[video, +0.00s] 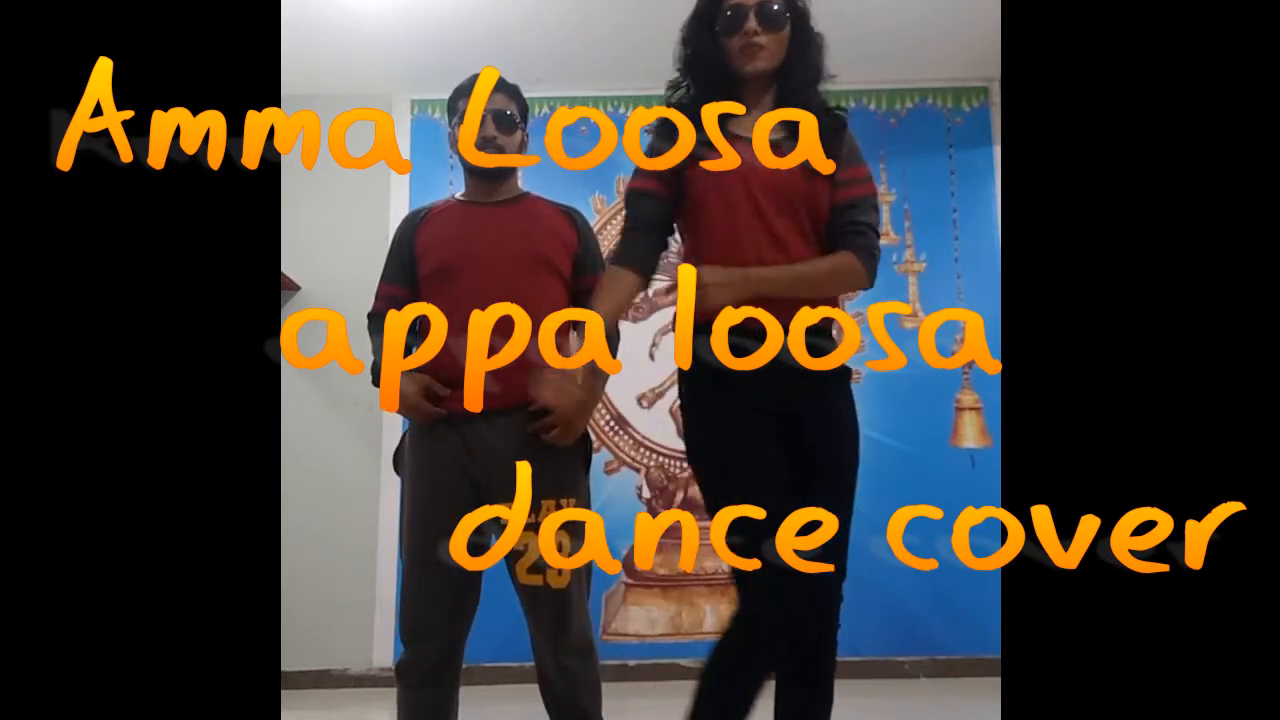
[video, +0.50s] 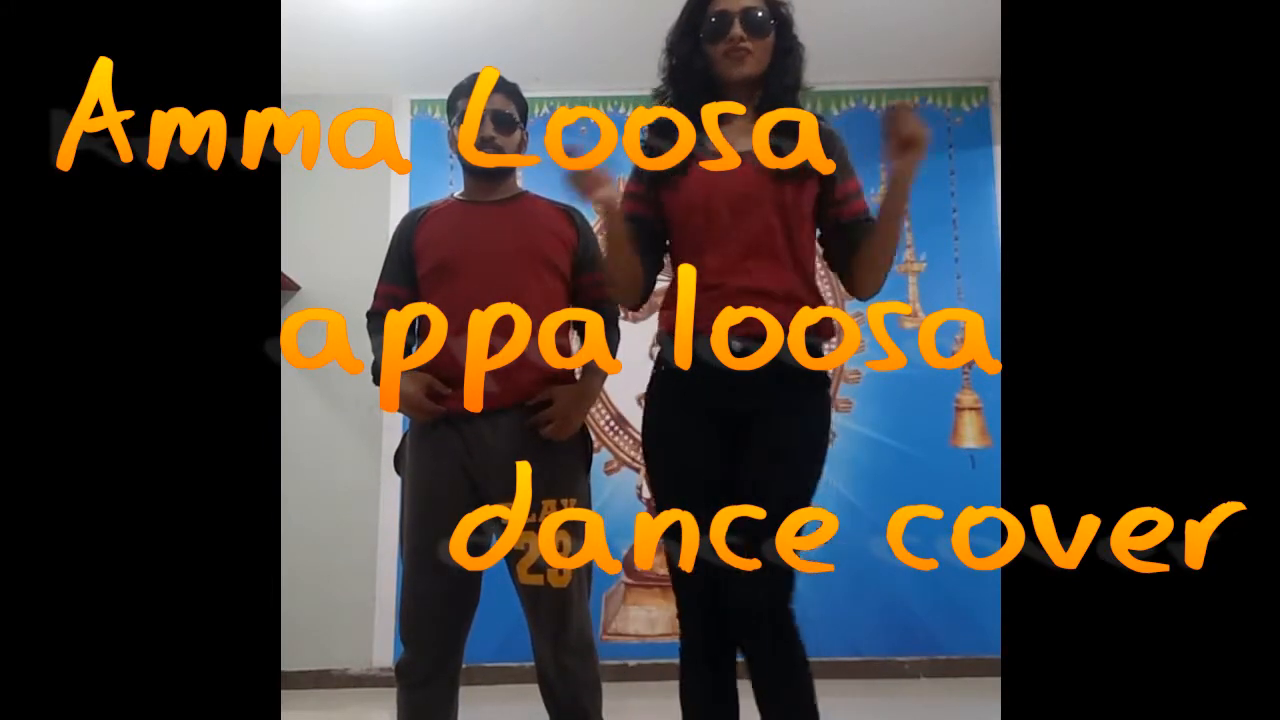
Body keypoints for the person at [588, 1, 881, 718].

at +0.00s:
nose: (752, 31)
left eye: (770, 16)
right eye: (734, 18)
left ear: (795, 30)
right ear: (711, 33)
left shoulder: (825, 127)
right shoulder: (679, 127)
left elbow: (857, 265)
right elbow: (633, 257)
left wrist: (718, 284)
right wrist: (579, 368)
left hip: (815, 377)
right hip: (719, 376)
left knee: (815, 599)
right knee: (771, 598)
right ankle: (708, 717)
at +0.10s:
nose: (751, 37)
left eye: (768, 22)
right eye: (732, 24)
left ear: (792, 35)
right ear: (709, 39)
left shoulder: (822, 130)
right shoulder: (680, 129)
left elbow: (859, 263)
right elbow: (621, 253)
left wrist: (737, 266)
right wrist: (536, 320)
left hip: (815, 380)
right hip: (721, 381)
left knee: (820, 599)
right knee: (791, 600)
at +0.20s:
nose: (745, 40)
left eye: (764, 24)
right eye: (725, 27)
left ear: (788, 41)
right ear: (700, 46)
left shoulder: (817, 138)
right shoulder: (679, 137)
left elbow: (862, 262)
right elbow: (606, 268)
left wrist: (745, 250)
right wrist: (481, 264)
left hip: (809, 392)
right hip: (712, 394)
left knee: (827, 611)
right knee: (764, 617)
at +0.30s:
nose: (742, 40)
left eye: (761, 25)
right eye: (722, 26)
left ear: (787, 42)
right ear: (698, 45)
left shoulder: (818, 137)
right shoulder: (678, 141)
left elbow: (864, 267)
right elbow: (607, 272)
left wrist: (758, 245)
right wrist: (492, 250)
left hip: (802, 394)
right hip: (701, 396)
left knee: (824, 610)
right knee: (734, 617)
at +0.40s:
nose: (738, 40)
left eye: (757, 25)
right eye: (718, 26)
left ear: (780, 43)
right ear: (693, 44)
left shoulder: (817, 141)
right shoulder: (668, 142)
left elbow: (862, 283)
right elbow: (625, 291)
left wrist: (848, 192)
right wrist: (568, 228)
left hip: (790, 395)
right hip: (689, 395)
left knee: (790, 609)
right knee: (709, 614)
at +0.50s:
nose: (737, 36)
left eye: (756, 21)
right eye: (718, 23)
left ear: (779, 40)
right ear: (693, 41)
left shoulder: (805, 133)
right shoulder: (664, 136)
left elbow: (860, 279)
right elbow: (631, 290)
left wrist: (898, 181)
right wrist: (610, 213)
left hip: (788, 384)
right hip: (687, 385)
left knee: (759, 595)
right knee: (700, 605)